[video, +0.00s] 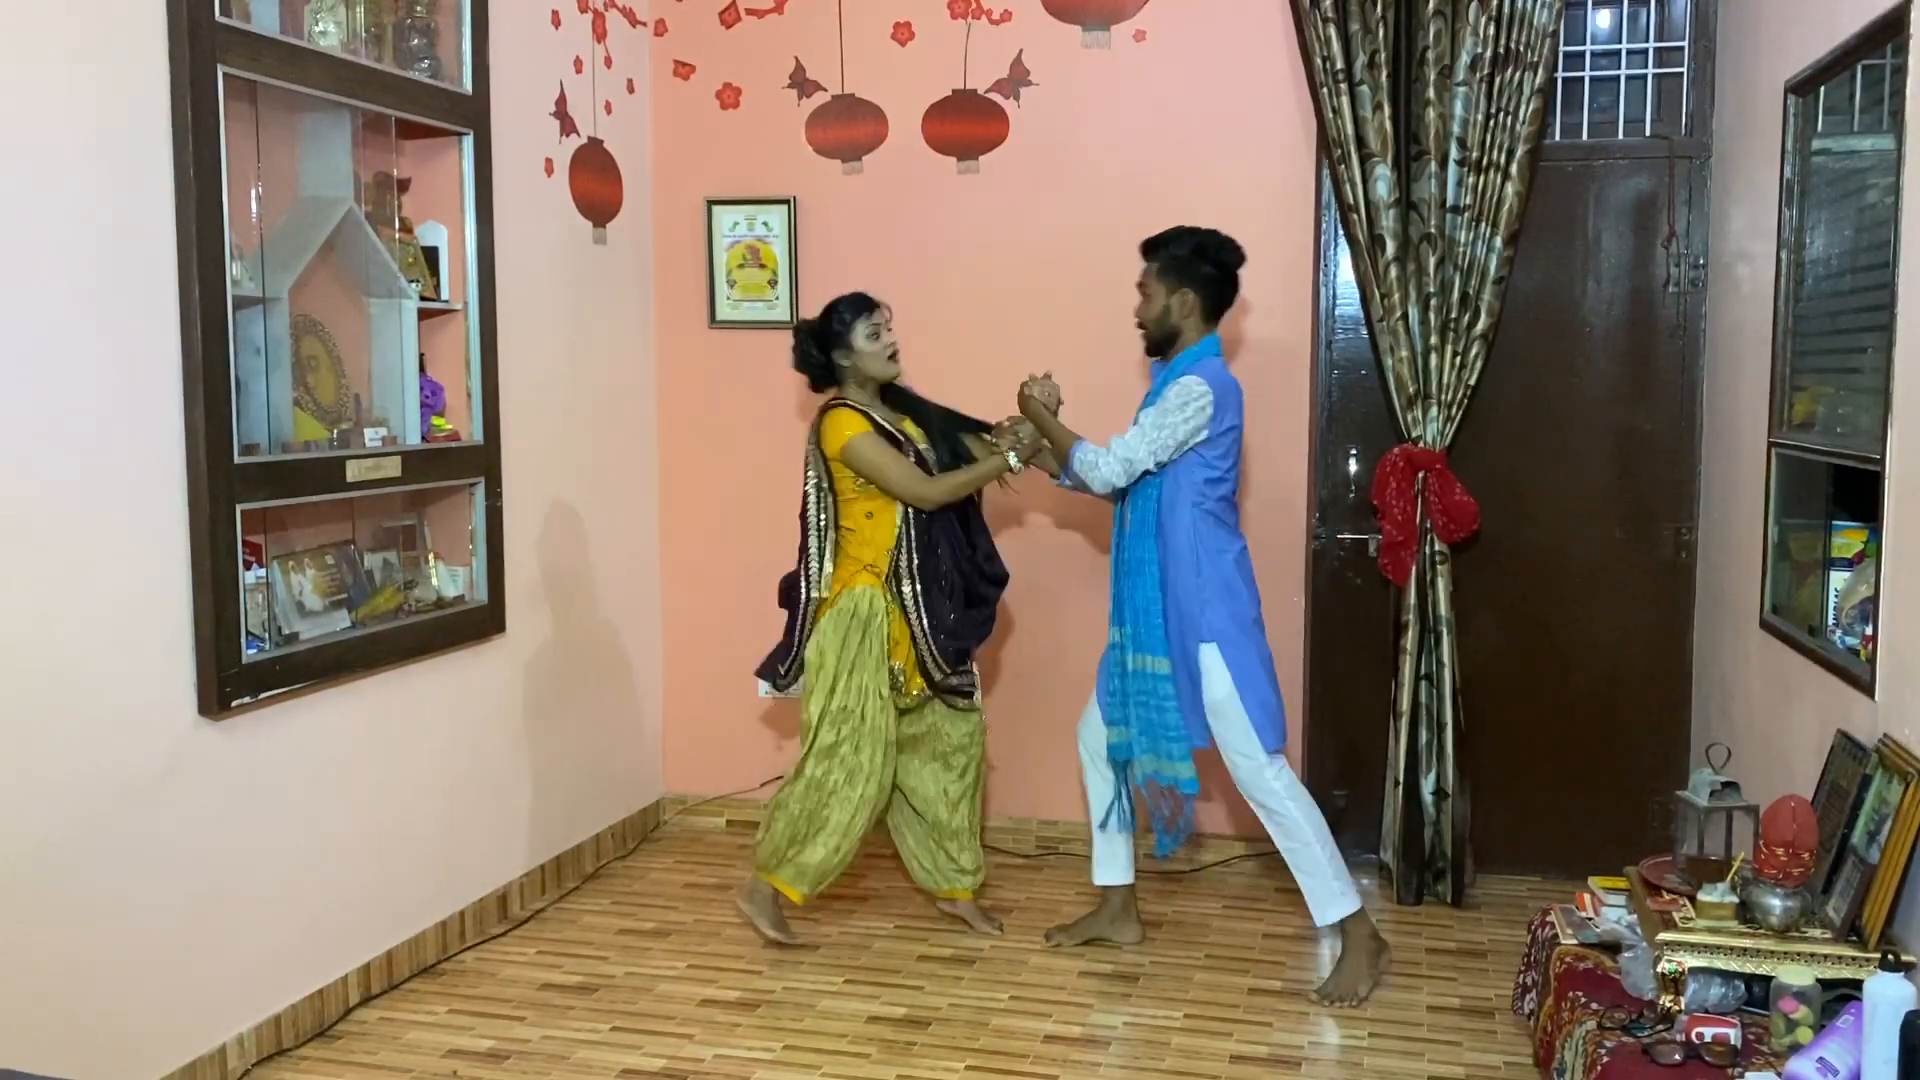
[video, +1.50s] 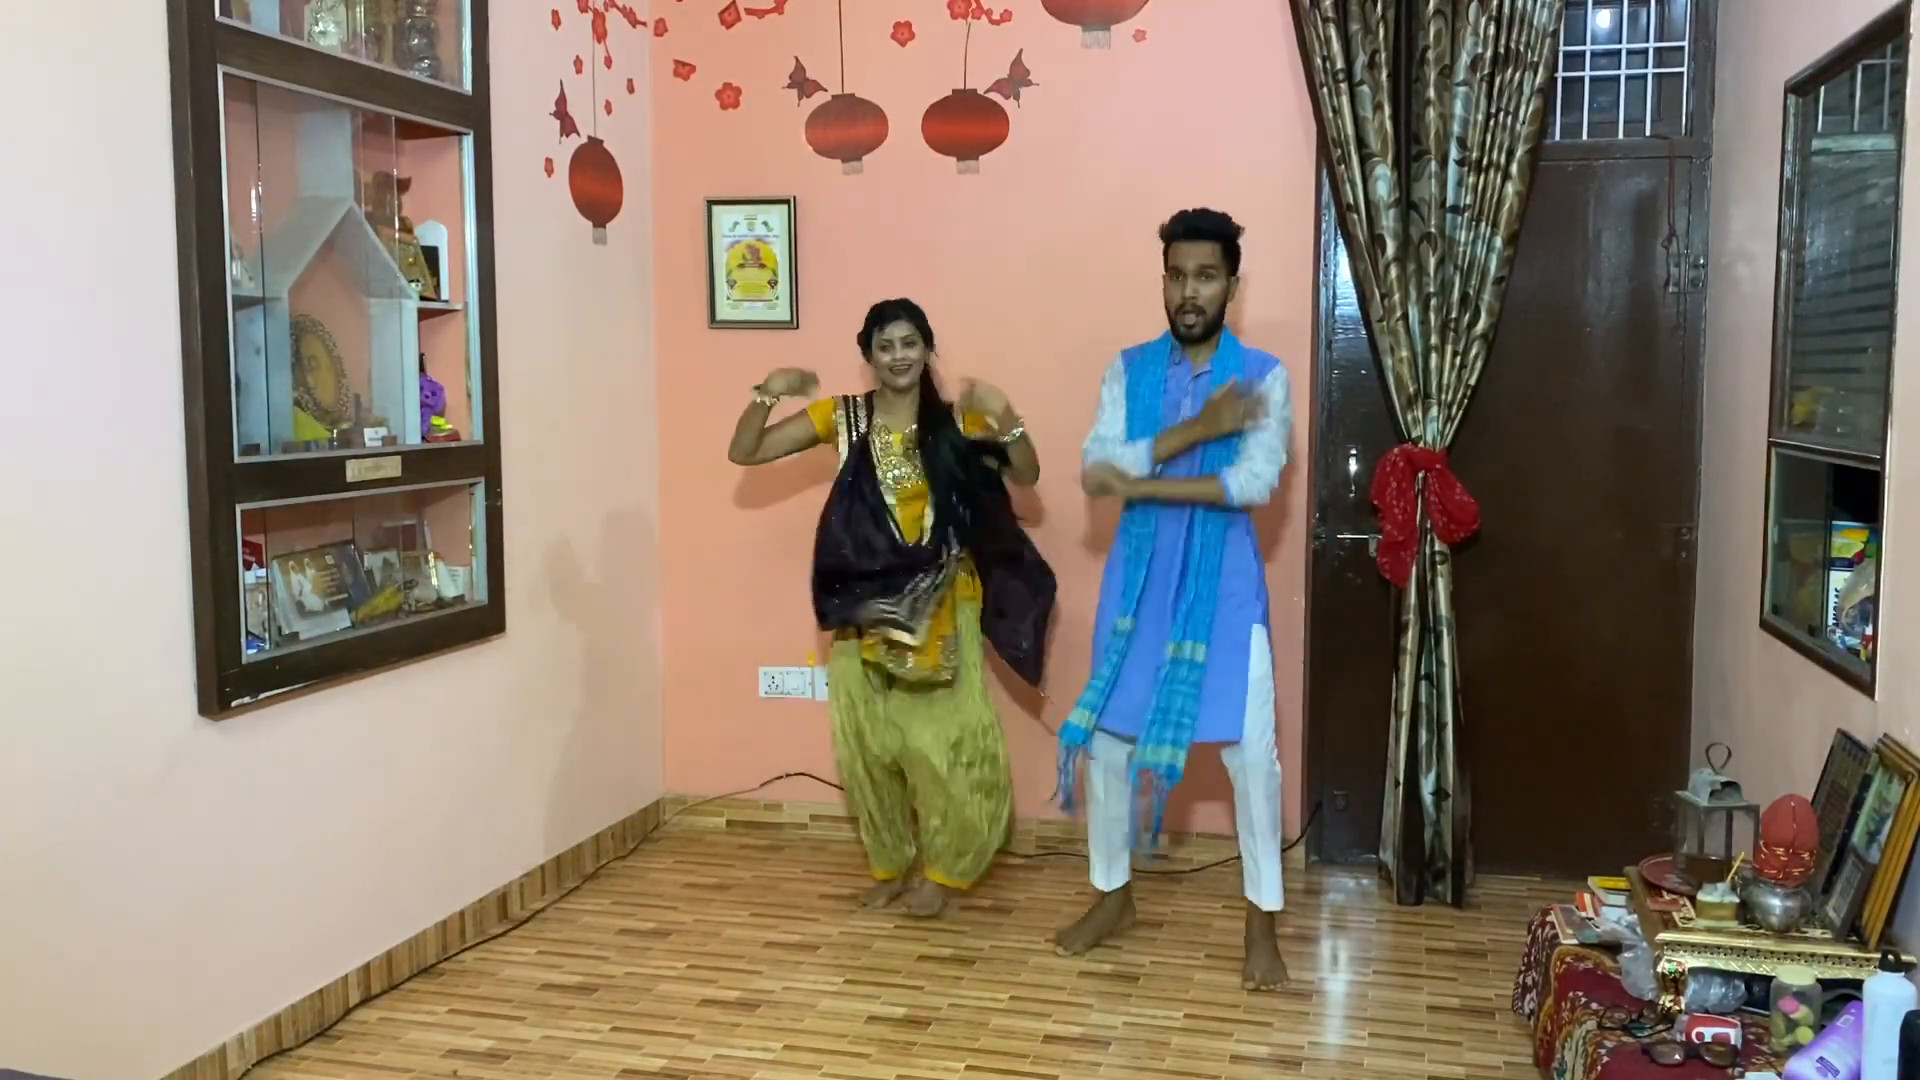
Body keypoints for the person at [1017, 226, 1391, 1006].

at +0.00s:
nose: (1136, 304)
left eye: (1147, 291)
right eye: (1138, 289)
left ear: (1189, 300)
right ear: (1183, 299)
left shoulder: (1200, 386)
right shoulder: (1170, 384)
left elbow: (1110, 468)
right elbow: (1119, 478)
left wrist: (1051, 428)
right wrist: (1052, 449)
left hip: (1206, 613)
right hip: (1155, 614)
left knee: (1256, 770)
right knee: (1098, 737)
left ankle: (1354, 926)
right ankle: (1114, 906)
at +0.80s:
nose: (1091, 295)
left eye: (1102, 283)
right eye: (1094, 281)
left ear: (1144, 297)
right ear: (1136, 296)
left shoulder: (1181, 389)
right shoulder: (1120, 374)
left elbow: (1189, 506)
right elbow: (1103, 435)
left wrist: (1079, 471)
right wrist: (1036, 418)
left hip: (1177, 598)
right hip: (1111, 597)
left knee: (1245, 751)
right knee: (1080, 740)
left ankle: (1327, 915)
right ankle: (1114, 905)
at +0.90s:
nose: (1096, 279)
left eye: (1108, 266)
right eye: (1100, 265)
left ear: (1150, 280)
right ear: (1140, 279)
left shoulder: (1200, 376)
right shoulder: (1105, 351)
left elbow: (1236, 486)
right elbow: (1044, 326)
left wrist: (1122, 500)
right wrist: (984, 290)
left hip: (1185, 582)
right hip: (1109, 581)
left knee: (1228, 737)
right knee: (1110, 733)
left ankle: (1281, 905)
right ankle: (1120, 901)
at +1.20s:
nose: (1115, 287)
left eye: (1129, 275)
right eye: (1119, 273)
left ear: (1175, 285)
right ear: (1156, 284)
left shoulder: (1229, 369)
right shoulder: (1117, 355)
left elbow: (1292, 456)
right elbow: (1018, 355)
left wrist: (1205, 520)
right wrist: (919, 328)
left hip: (1185, 588)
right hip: (1107, 584)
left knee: (1229, 742)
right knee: (1101, 736)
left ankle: (1275, 910)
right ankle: (1119, 904)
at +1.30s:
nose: (1151, 300)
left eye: (1169, 287)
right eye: (1145, 286)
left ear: (1208, 295)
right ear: (1139, 290)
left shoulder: (1244, 390)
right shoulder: (1121, 382)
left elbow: (1260, 502)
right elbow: (1059, 454)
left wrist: (1227, 567)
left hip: (1193, 603)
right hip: (1108, 601)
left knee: (1228, 756)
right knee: (1090, 751)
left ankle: (1255, 922)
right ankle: (1117, 904)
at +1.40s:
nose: (1180, 317)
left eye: (1196, 303)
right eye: (1168, 302)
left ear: (1223, 310)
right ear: (1153, 307)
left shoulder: (1256, 409)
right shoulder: (1123, 404)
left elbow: (1247, 525)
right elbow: (1090, 516)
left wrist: (1189, 595)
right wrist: (1120, 528)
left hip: (1216, 604)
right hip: (1125, 602)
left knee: (1247, 771)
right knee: (1093, 762)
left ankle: (1259, 923)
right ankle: (1106, 904)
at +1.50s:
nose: (1190, 291)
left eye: (1206, 276)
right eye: (1177, 275)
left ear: (1233, 284)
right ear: (1161, 282)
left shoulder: (1262, 375)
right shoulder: (1130, 369)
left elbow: (1252, 483)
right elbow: (1096, 471)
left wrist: (1136, 486)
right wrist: (1200, 428)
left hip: (1226, 585)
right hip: (1141, 583)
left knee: (1250, 747)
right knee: (1108, 738)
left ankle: (1262, 917)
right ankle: (1111, 893)